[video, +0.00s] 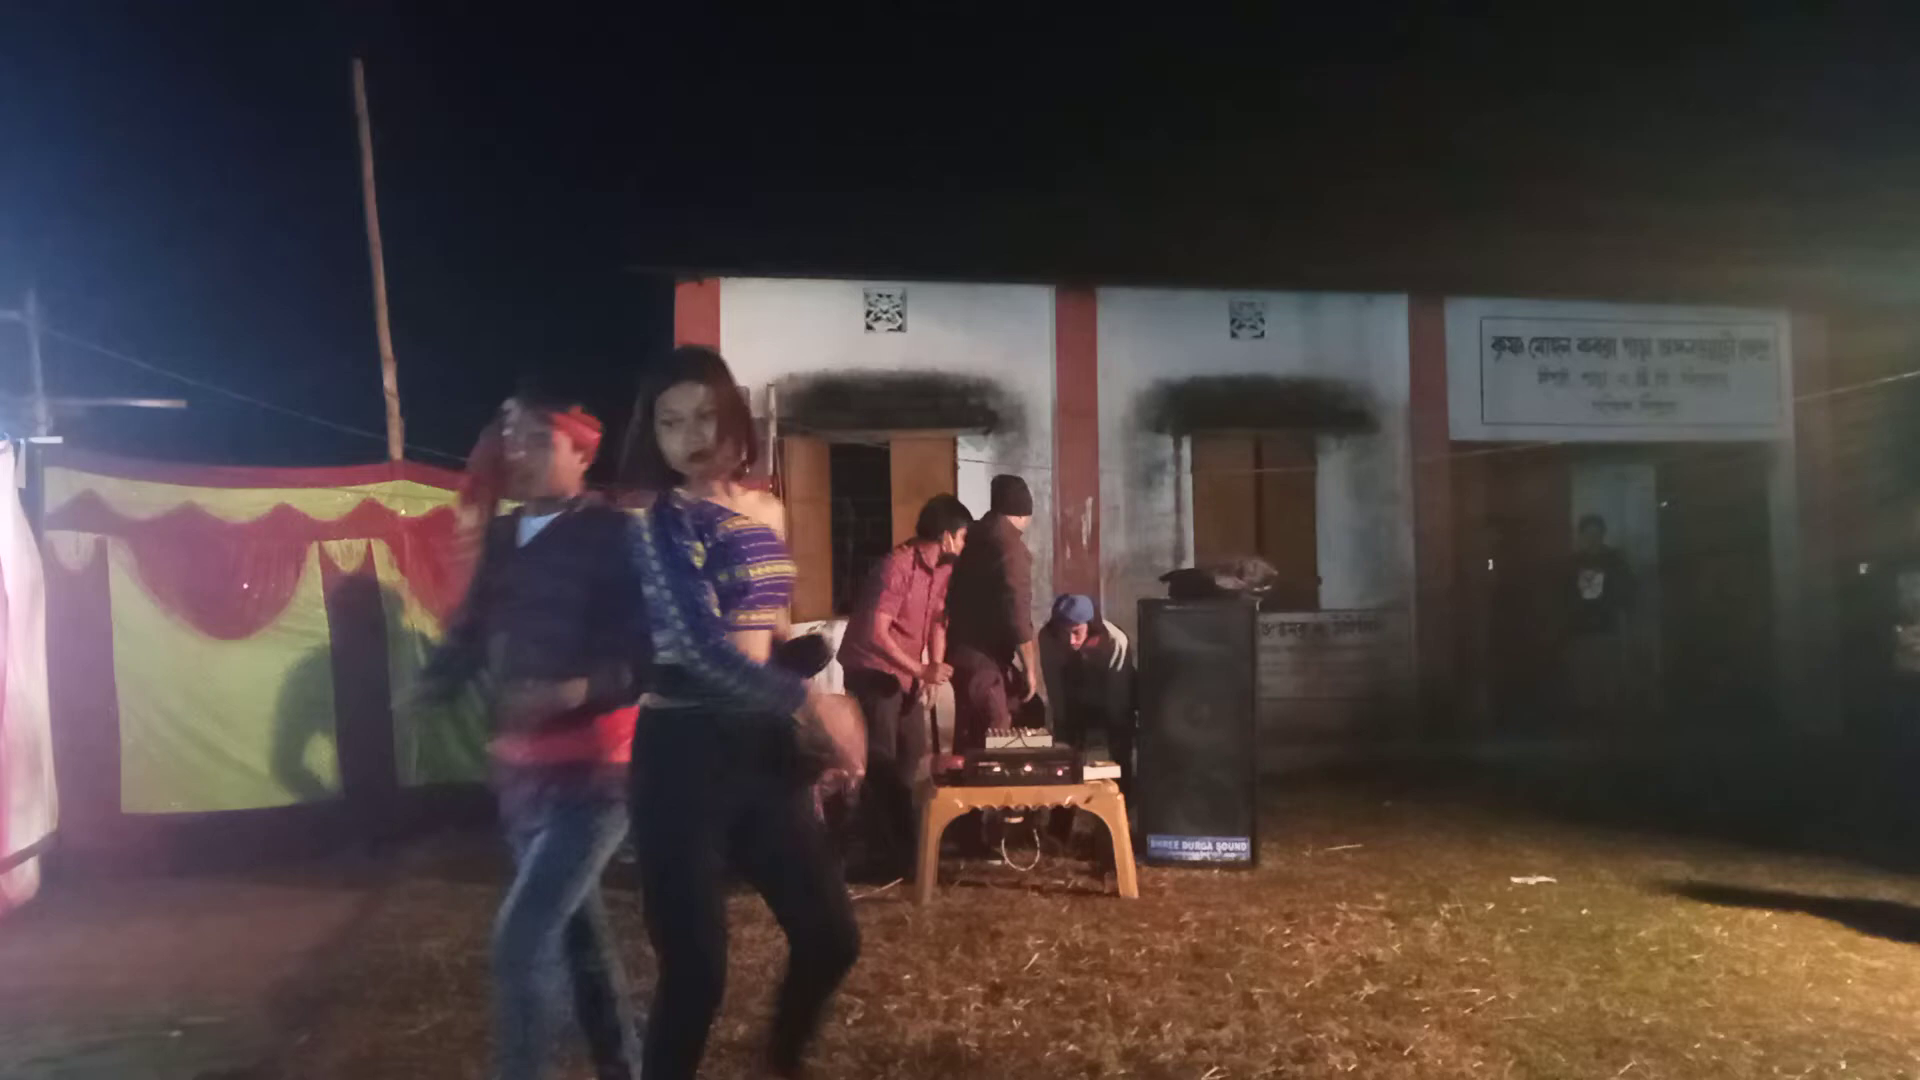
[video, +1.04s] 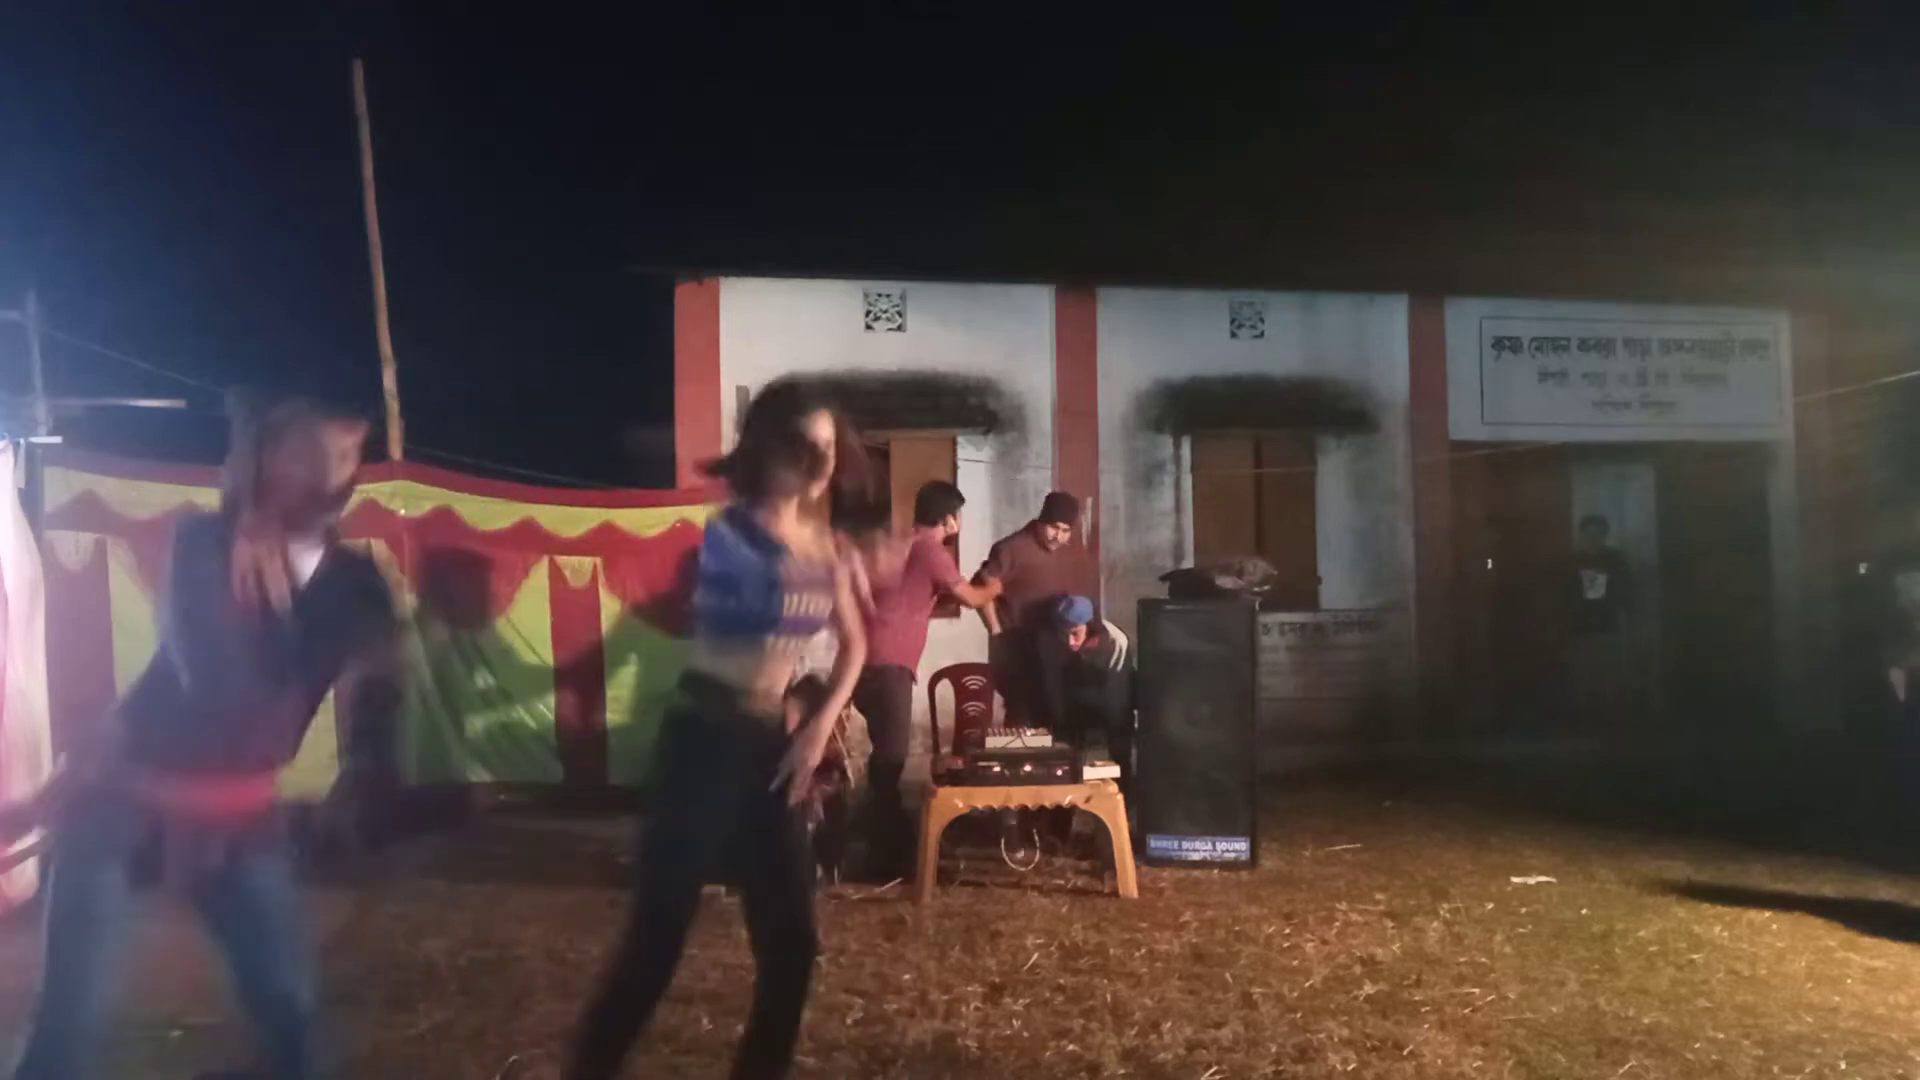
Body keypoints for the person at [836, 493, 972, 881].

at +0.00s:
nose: (963, 544)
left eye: (964, 536)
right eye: (959, 535)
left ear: (949, 534)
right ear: (938, 533)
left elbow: (937, 619)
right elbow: (876, 631)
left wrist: (937, 665)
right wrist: (918, 669)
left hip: (909, 671)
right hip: (875, 670)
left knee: (910, 760)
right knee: (883, 762)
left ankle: (904, 853)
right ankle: (879, 857)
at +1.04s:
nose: (958, 527)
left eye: (959, 520)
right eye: (957, 519)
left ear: (920, 515)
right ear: (947, 519)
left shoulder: (896, 546)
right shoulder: (929, 549)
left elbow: (910, 606)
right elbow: (970, 596)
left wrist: (956, 601)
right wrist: (992, 589)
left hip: (868, 666)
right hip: (892, 668)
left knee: (886, 758)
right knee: (890, 760)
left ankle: (884, 852)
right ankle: (885, 854)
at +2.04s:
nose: (1082, 491)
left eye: (1082, 483)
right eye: (1079, 484)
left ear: (1050, 479)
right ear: (1068, 484)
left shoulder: (1030, 513)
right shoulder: (1041, 520)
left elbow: (1012, 580)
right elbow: (1031, 580)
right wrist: (1051, 634)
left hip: (1017, 635)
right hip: (1025, 637)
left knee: (1026, 720)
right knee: (1030, 722)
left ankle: (1010, 800)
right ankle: (1014, 807)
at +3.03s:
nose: (1328, 480)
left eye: (1329, 472)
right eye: (1326, 472)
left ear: (1287, 469)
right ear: (1313, 472)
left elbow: (1239, 569)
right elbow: (1330, 588)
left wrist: (1228, 621)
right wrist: (1348, 638)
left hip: (1254, 632)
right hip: (1299, 633)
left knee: (1260, 723)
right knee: (1295, 727)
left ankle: (1243, 813)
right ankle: (1288, 819)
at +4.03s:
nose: (1377, 528)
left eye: (1381, 522)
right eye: (1377, 520)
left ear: (1355, 500)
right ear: (1363, 511)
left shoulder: (1323, 511)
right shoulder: (1321, 529)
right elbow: (1337, 600)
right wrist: (1388, 630)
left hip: (1286, 616)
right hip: (1285, 620)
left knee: (1303, 711)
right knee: (1307, 713)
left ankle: (1308, 809)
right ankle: (1308, 816)